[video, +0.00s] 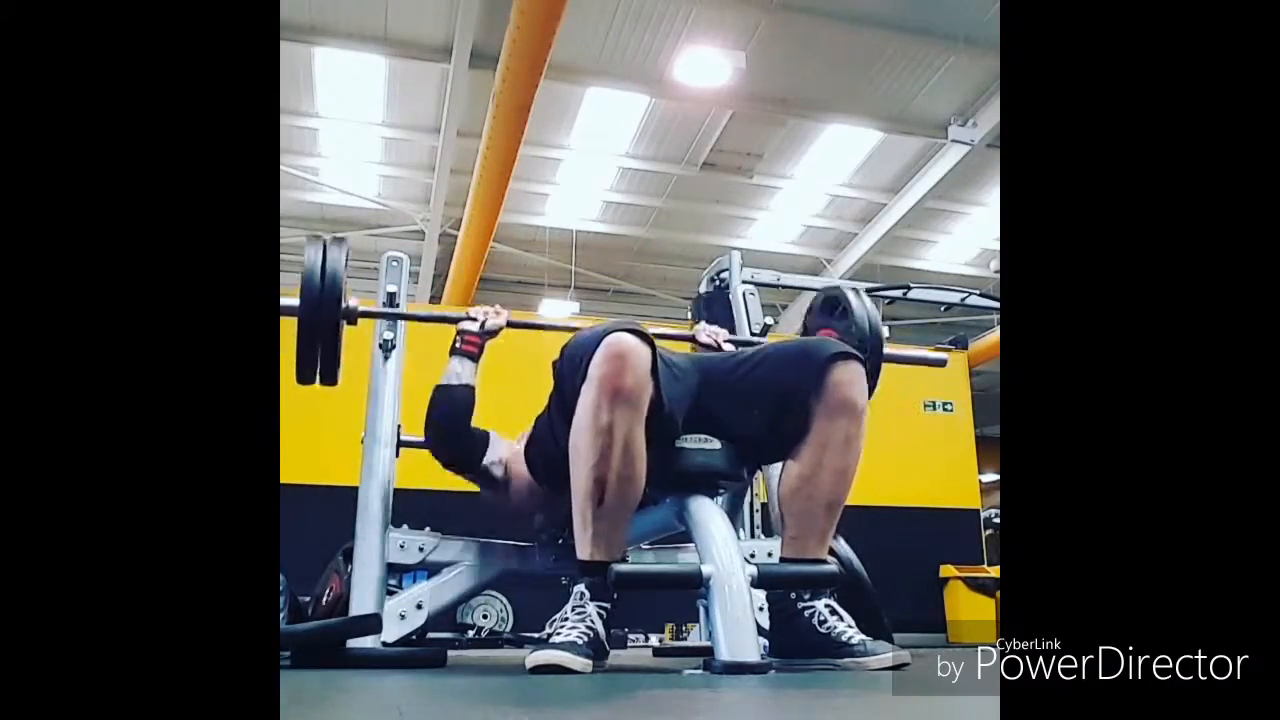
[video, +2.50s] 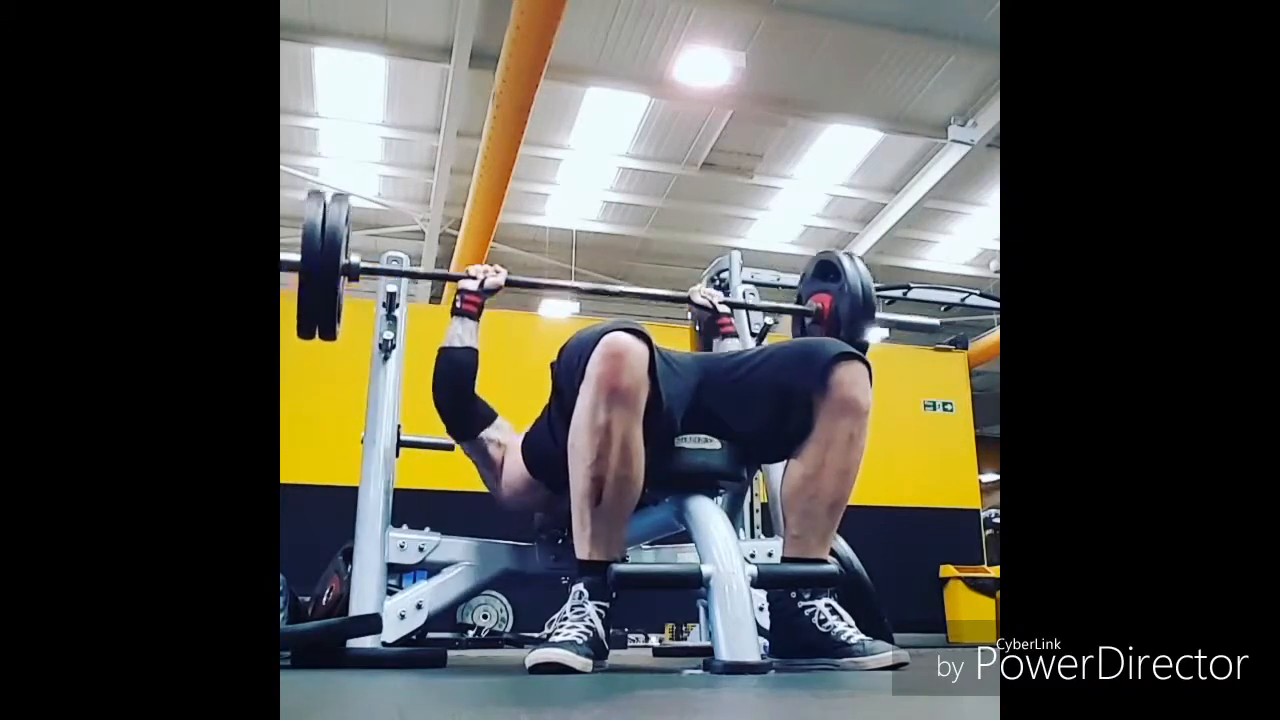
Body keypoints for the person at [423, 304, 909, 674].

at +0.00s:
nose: (509, 496)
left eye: (502, 490)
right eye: (501, 490)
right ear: (506, 477)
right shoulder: (524, 461)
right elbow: (448, 433)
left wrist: (717, 355)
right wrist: (468, 344)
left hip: (713, 385)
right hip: (642, 374)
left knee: (841, 373)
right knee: (620, 353)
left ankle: (799, 610)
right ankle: (587, 606)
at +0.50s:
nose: (497, 446)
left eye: (498, 444)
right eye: (491, 455)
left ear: (522, 440)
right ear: (496, 468)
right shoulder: (519, 469)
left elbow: (730, 402)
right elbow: (449, 399)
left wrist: (720, 334)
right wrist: (468, 309)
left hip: (694, 390)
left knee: (843, 377)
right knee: (618, 355)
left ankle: (800, 607)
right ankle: (585, 606)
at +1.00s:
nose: (481, 460)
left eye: (478, 462)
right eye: (482, 476)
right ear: (496, 493)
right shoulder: (528, 480)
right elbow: (447, 479)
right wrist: (465, 384)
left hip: (700, 373)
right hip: (625, 357)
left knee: (847, 376)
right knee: (617, 357)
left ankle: (801, 607)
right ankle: (588, 606)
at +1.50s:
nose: (499, 435)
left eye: (501, 434)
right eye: (494, 437)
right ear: (503, 459)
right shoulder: (526, 468)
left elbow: (724, 375)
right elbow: (473, 375)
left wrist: (711, 300)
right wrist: (468, 279)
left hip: (703, 383)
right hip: (626, 363)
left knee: (837, 373)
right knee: (614, 351)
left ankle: (798, 607)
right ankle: (585, 606)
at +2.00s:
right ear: (496, 498)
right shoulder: (524, 480)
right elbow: (452, 501)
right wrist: (468, 406)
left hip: (707, 376)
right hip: (630, 358)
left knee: (850, 375)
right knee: (618, 357)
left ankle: (800, 607)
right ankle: (587, 606)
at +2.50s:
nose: (499, 450)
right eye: (498, 456)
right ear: (506, 474)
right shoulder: (517, 469)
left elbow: (735, 402)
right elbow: (454, 397)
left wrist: (720, 336)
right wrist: (469, 303)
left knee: (844, 375)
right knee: (618, 352)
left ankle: (800, 609)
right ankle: (584, 608)